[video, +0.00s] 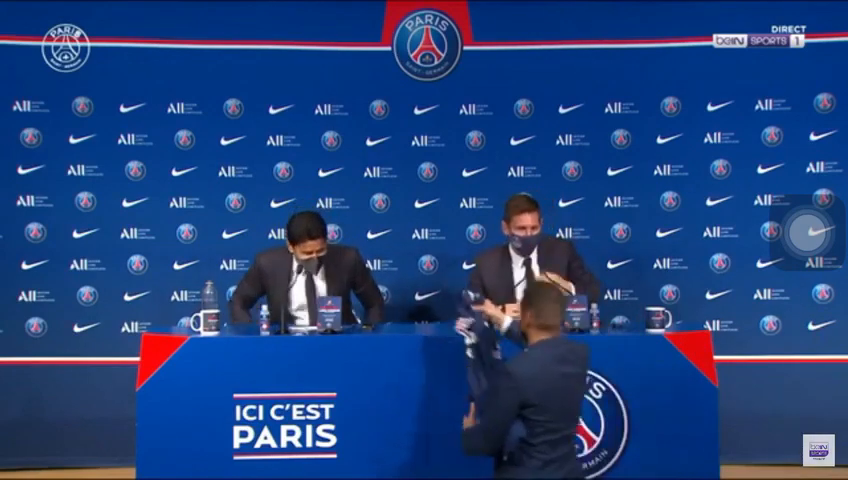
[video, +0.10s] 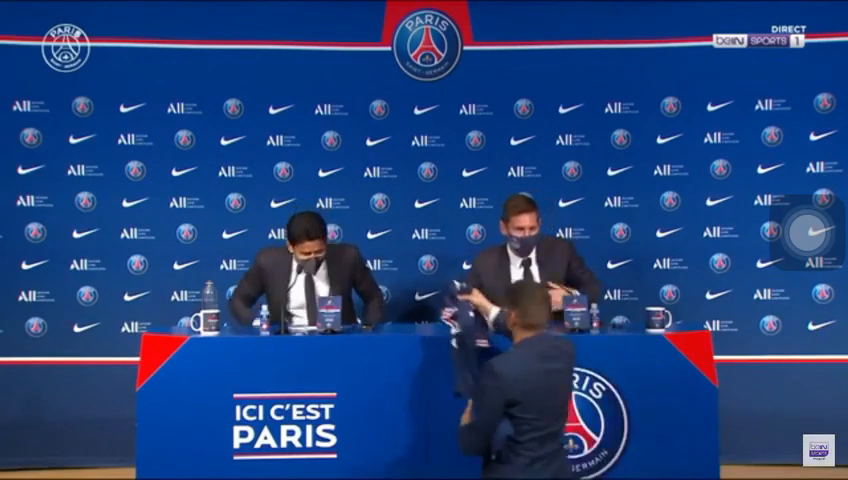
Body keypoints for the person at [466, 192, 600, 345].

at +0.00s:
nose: (528, 236)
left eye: (534, 229)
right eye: (521, 229)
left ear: (541, 225)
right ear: (506, 228)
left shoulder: (562, 250)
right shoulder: (487, 262)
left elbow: (593, 291)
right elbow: (474, 306)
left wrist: (569, 289)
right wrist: (501, 312)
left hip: (556, 340)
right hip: (505, 344)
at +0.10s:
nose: (527, 236)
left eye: (532, 229)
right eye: (520, 230)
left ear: (539, 226)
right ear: (503, 228)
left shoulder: (561, 251)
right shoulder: (487, 261)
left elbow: (594, 290)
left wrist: (571, 299)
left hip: (557, 341)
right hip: (504, 345)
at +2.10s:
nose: (574, 158)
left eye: (581, 153)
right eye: (572, 151)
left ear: (603, 151)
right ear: (570, 145)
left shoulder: (638, 182)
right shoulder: (560, 182)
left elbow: (665, 228)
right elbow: (536, 227)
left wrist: (648, 261)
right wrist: (548, 256)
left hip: (620, 296)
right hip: (574, 295)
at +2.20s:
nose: (573, 157)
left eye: (580, 152)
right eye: (572, 150)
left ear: (603, 150)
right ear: (570, 145)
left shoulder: (637, 180)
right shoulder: (560, 182)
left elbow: (666, 228)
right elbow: (537, 226)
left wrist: (644, 256)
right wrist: (551, 256)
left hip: (622, 295)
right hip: (576, 294)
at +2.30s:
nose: (571, 158)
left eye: (578, 152)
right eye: (569, 151)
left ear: (601, 150)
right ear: (567, 146)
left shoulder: (637, 180)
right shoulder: (560, 182)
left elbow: (666, 229)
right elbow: (539, 229)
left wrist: (639, 249)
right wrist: (554, 256)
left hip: (625, 295)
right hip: (578, 295)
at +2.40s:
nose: (570, 160)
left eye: (577, 155)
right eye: (568, 154)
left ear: (600, 151)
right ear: (566, 148)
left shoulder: (636, 177)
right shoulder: (560, 183)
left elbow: (662, 228)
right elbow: (540, 230)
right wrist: (556, 257)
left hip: (628, 294)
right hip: (581, 295)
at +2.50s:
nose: (570, 160)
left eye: (577, 155)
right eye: (568, 153)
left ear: (599, 151)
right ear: (566, 148)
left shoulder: (635, 176)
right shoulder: (559, 183)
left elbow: (659, 227)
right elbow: (540, 231)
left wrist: (626, 207)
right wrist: (558, 257)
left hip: (627, 295)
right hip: (581, 296)